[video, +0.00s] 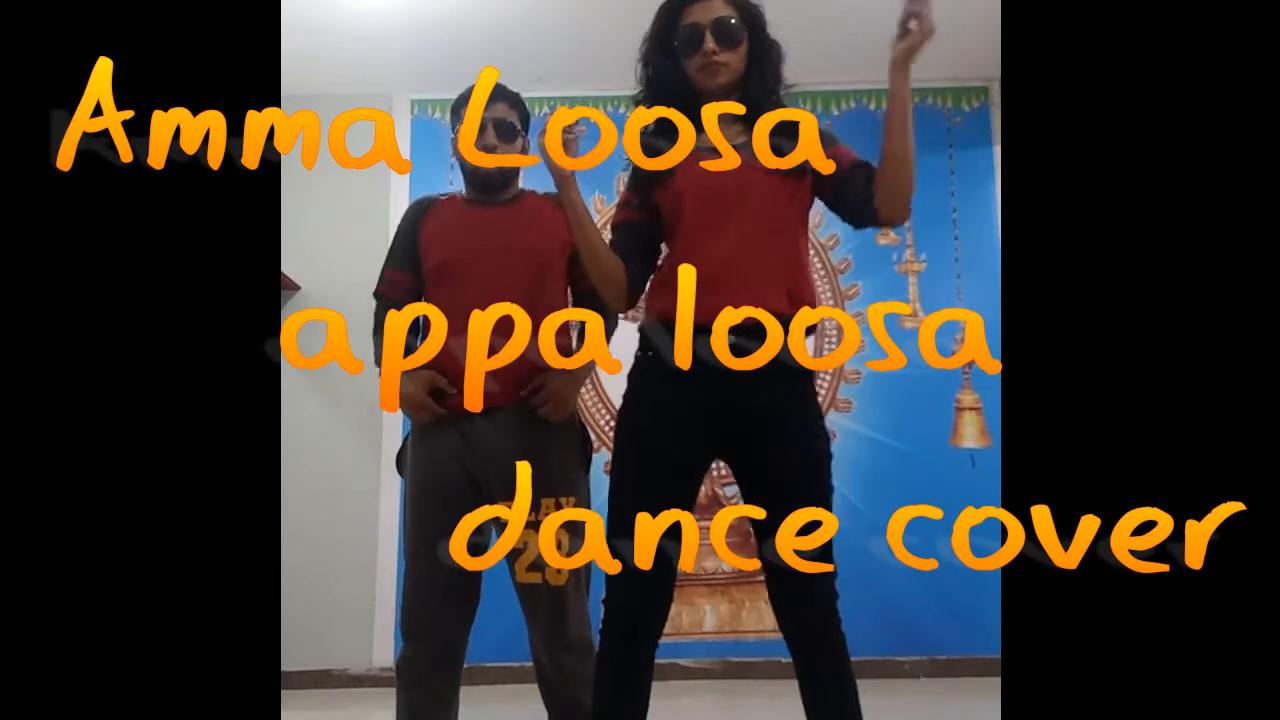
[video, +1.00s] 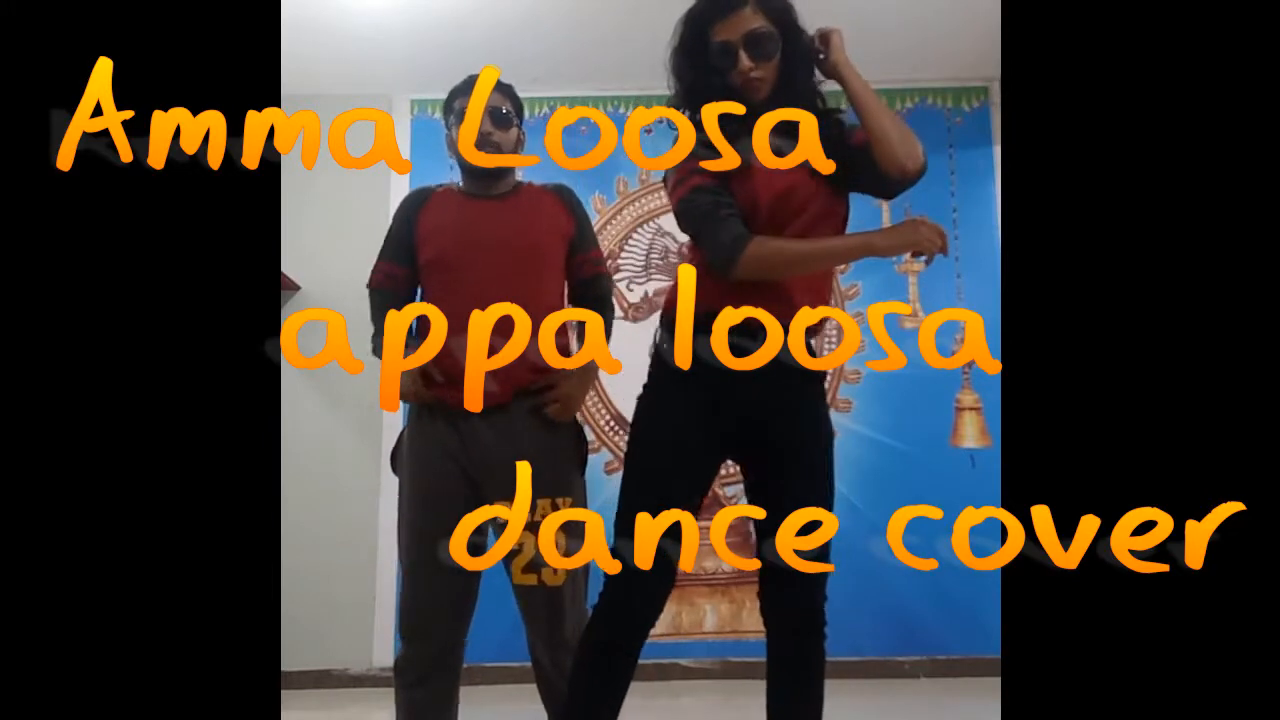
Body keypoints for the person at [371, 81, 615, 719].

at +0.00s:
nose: (493, 140)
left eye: (507, 131)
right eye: (478, 129)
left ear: (526, 145)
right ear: (456, 139)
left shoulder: (560, 216)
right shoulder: (423, 218)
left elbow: (600, 301)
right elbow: (389, 312)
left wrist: (576, 367)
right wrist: (399, 371)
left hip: (541, 433)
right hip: (445, 436)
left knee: (561, 621)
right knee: (431, 621)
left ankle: (578, 718)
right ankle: (424, 719)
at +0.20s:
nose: (493, 138)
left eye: (505, 128)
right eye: (478, 127)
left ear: (524, 143)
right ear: (455, 140)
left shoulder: (561, 219)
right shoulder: (420, 218)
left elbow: (596, 309)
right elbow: (391, 308)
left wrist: (582, 378)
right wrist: (401, 370)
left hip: (541, 435)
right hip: (443, 439)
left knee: (559, 622)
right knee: (430, 623)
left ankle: (578, 718)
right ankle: (424, 719)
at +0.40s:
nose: (491, 136)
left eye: (504, 127)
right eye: (477, 126)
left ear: (523, 145)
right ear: (454, 141)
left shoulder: (564, 223)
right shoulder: (418, 226)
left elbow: (595, 318)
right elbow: (385, 321)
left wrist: (582, 389)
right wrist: (395, 383)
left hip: (543, 441)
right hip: (441, 444)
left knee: (562, 628)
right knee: (428, 631)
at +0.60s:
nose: (491, 133)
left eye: (504, 124)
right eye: (476, 123)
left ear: (521, 142)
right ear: (452, 138)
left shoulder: (564, 226)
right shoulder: (417, 229)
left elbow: (598, 321)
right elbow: (375, 321)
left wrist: (585, 390)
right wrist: (392, 383)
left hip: (544, 440)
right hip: (441, 443)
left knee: (562, 625)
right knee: (427, 628)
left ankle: (578, 719)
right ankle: (423, 719)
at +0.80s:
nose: (492, 133)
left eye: (503, 121)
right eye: (477, 122)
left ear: (520, 134)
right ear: (452, 134)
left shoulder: (561, 215)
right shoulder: (416, 218)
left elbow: (598, 306)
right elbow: (380, 309)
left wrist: (585, 373)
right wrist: (399, 369)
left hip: (541, 434)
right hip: (440, 437)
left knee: (559, 616)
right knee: (427, 622)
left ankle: (576, 716)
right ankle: (422, 717)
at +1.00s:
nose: (491, 130)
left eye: (503, 119)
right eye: (476, 119)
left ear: (520, 132)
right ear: (452, 131)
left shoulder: (559, 205)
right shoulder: (420, 209)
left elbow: (596, 296)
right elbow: (385, 294)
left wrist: (586, 369)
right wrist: (402, 358)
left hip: (539, 430)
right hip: (439, 433)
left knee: (560, 617)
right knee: (429, 620)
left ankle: (579, 718)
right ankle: (423, 718)